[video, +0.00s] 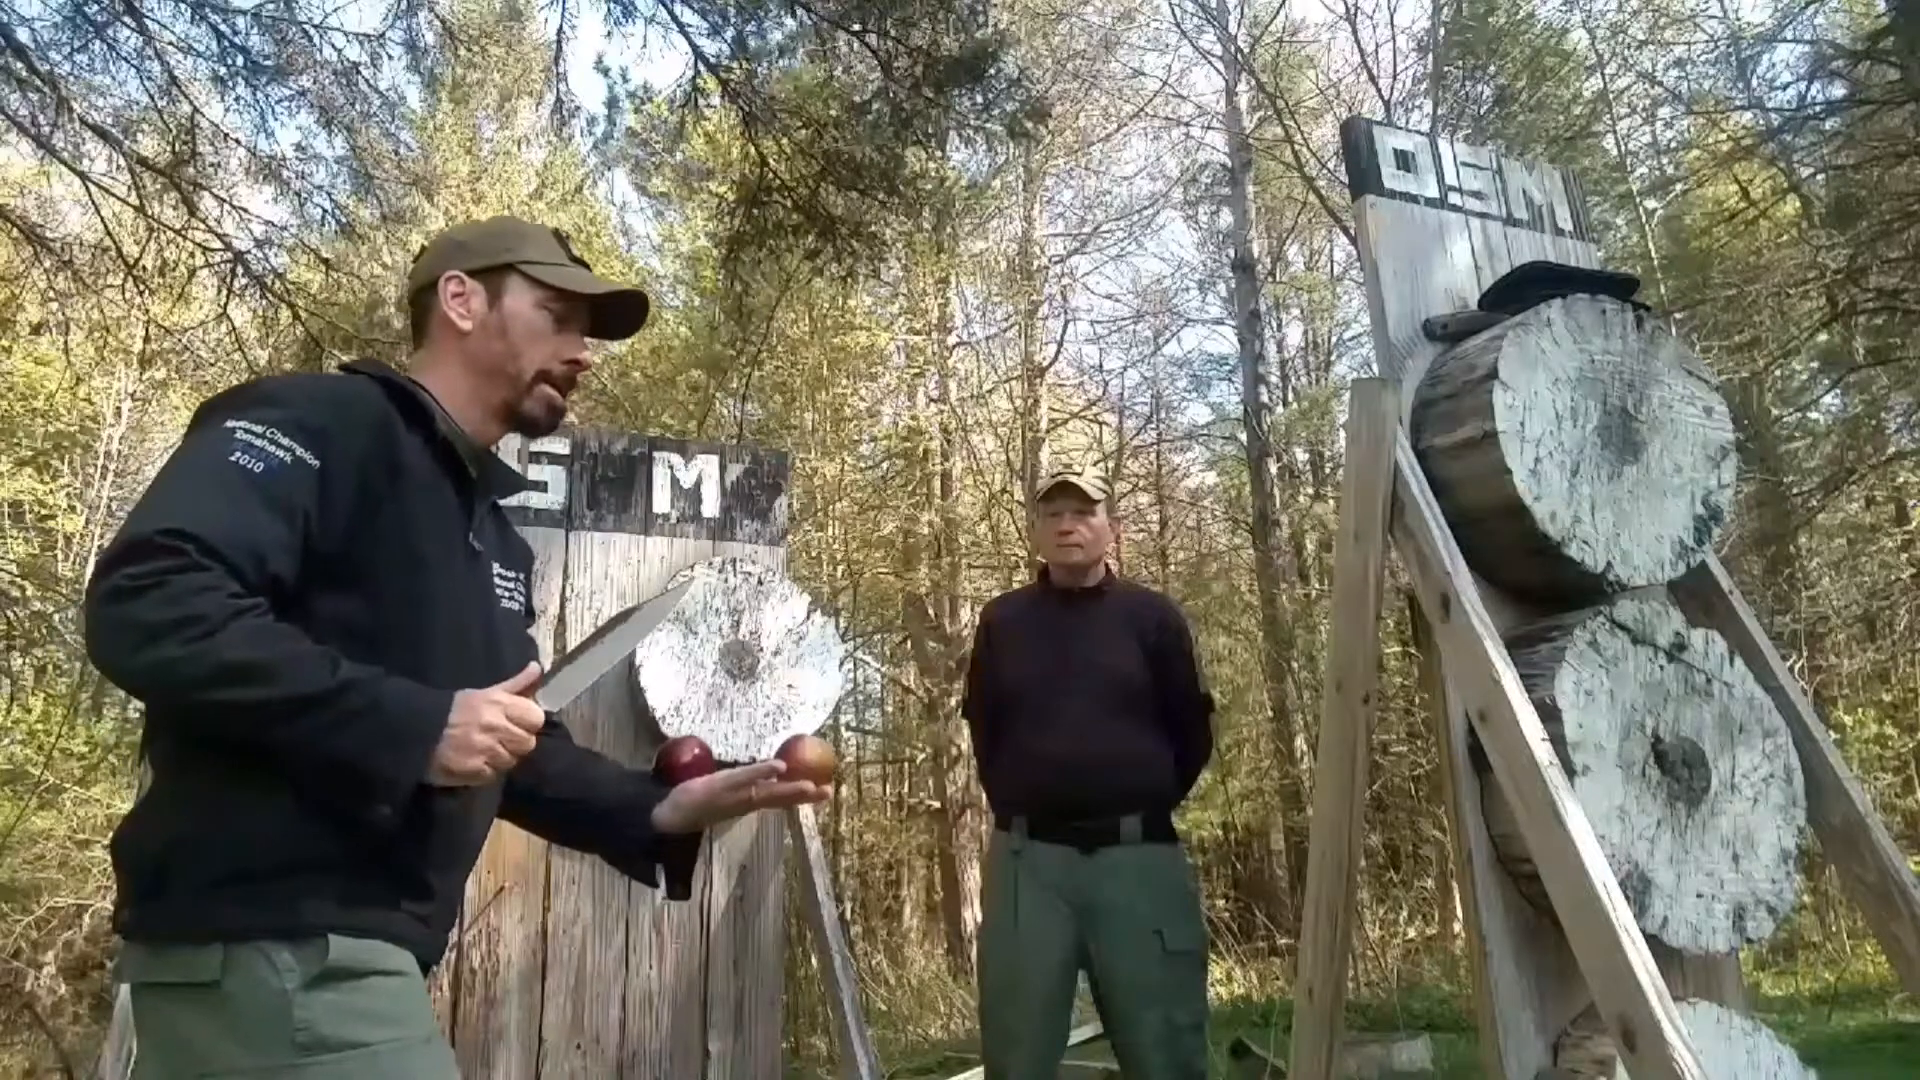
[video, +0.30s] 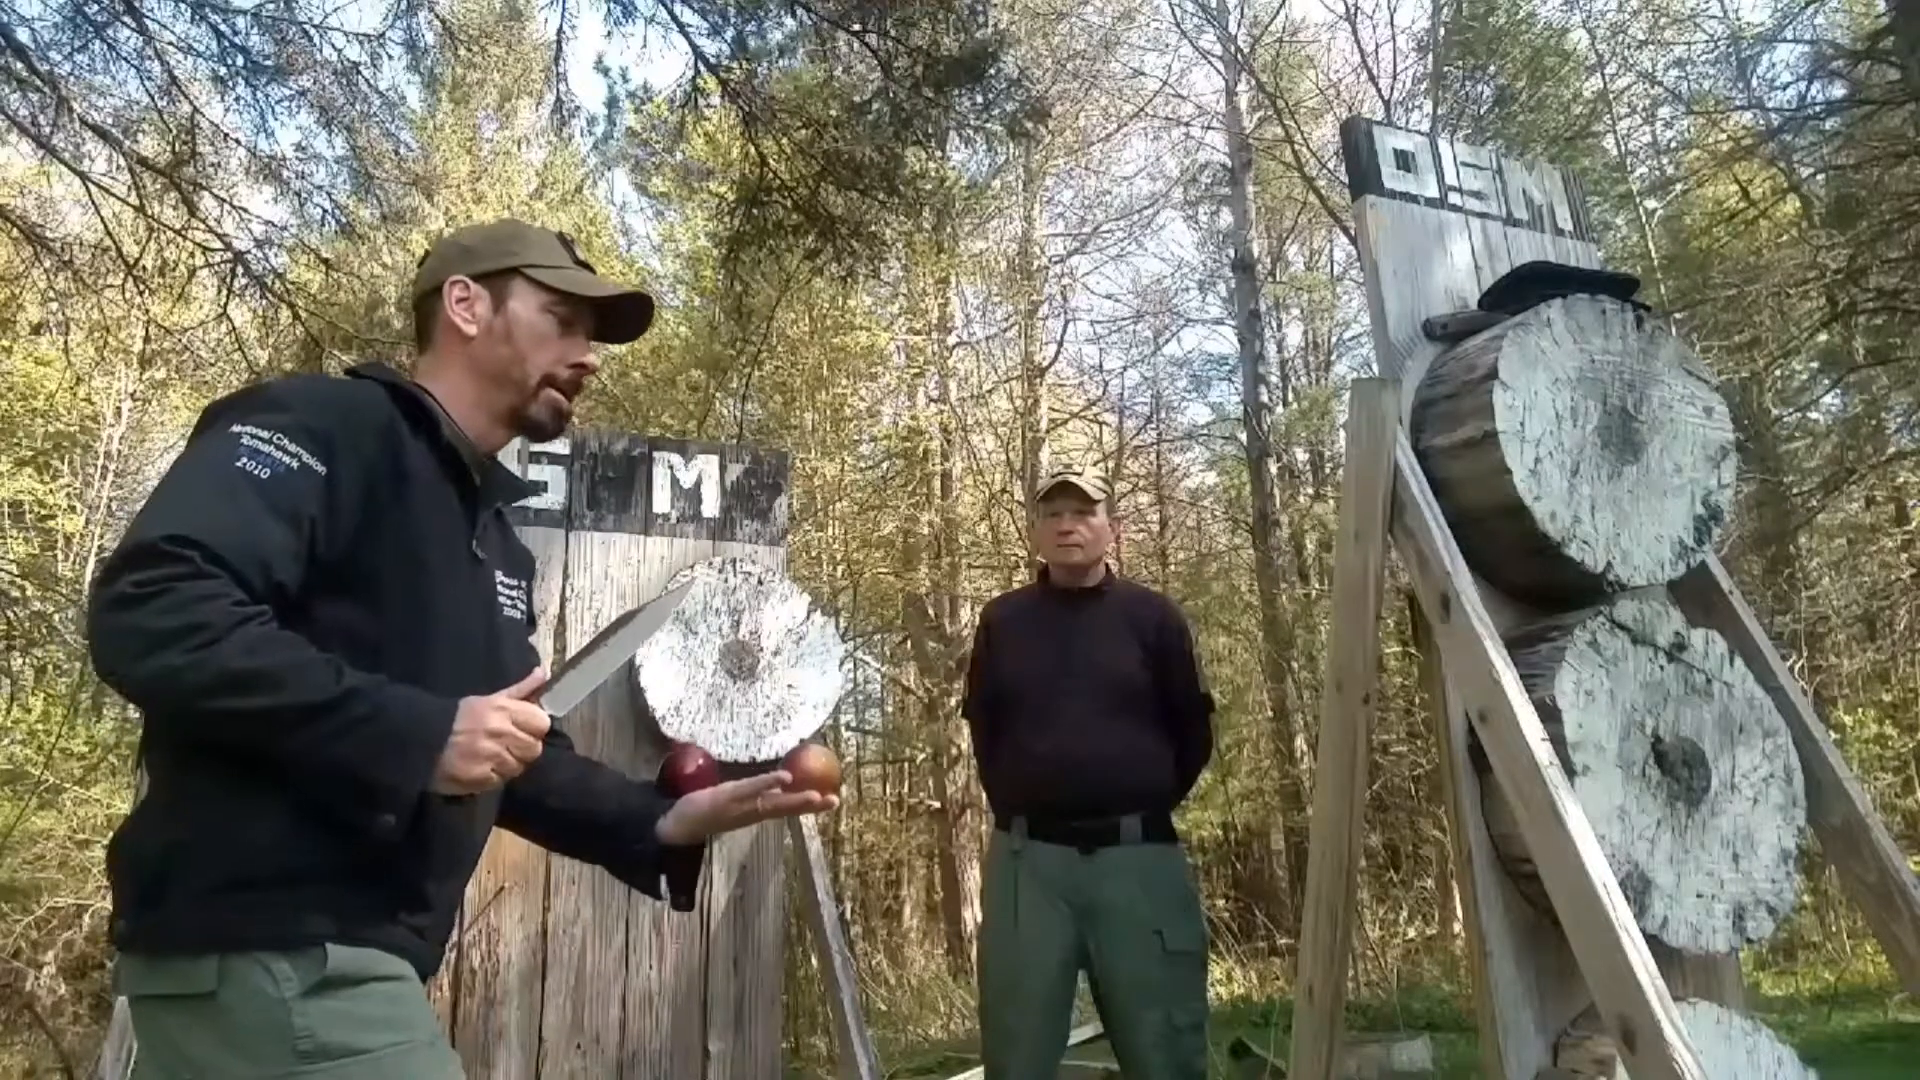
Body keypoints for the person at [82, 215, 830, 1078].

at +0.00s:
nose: (587, 351)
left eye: (592, 331)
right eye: (562, 315)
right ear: (461, 302)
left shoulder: (495, 540)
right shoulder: (318, 417)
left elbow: (496, 741)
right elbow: (146, 603)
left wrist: (660, 807)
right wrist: (418, 725)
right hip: (276, 957)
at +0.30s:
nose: (591, 354)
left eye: (596, 334)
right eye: (567, 319)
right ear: (466, 308)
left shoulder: (495, 539)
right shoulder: (322, 422)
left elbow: (493, 747)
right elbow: (151, 608)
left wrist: (660, 817)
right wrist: (421, 733)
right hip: (275, 964)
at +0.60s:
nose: (586, 388)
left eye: (592, 365)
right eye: (563, 350)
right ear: (462, 338)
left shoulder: (494, 575)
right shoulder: (308, 458)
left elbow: (488, 782)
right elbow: (146, 665)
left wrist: (658, 854)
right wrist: (417, 782)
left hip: (361, 995)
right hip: (258, 993)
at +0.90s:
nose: (580, 420)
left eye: (583, 397)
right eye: (555, 382)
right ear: (455, 372)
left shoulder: (491, 608)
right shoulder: (301, 498)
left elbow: (481, 825)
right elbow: (138, 712)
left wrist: (656, 899)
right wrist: (404, 834)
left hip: (361, 1019)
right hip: (246, 1018)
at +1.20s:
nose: (569, 466)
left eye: (574, 443)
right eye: (541, 431)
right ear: (439, 423)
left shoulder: (489, 657)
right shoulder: (272, 569)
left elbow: (504, 866)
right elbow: (127, 796)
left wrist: (653, 957)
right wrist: (390, 917)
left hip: (384, 1049)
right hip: (218, 1048)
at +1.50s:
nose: (554, 464)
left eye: (558, 441)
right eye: (527, 429)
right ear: (425, 426)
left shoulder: (486, 644)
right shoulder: (265, 574)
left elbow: (530, 848)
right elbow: (137, 807)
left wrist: (697, 911)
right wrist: (399, 917)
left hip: (406, 1050)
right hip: (237, 1050)